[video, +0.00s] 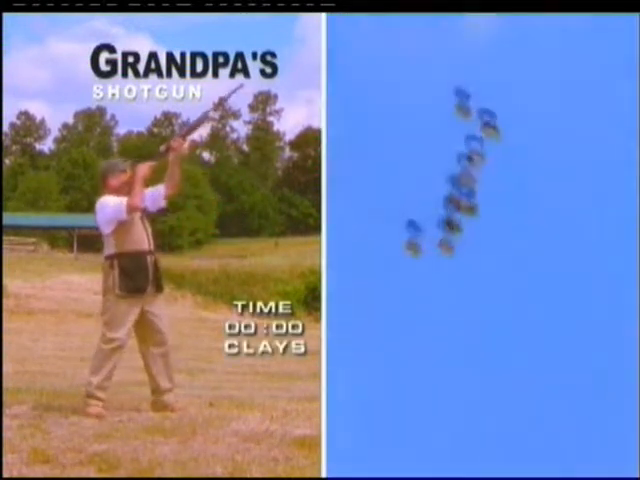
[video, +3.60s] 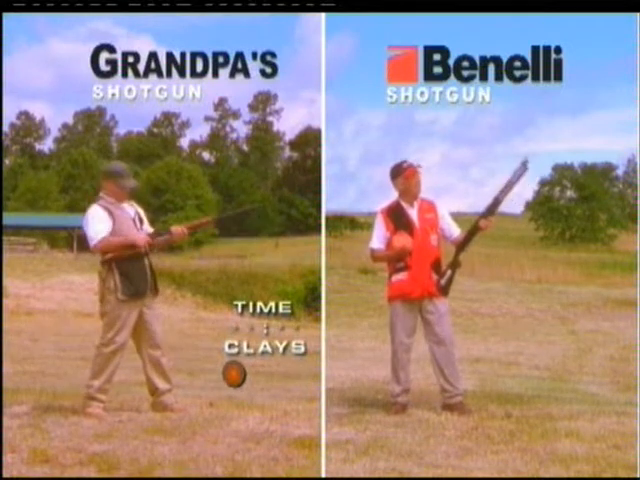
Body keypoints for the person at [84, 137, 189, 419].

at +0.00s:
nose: (129, 177)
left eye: (129, 173)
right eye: (122, 173)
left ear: (128, 178)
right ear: (109, 181)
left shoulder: (136, 198)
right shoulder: (105, 204)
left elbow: (169, 189)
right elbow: (134, 206)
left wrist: (175, 158)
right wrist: (140, 176)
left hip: (146, 268)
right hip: (120, 270)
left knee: (156, 338)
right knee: (113, 338)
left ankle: (163, 395)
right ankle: (95, 398)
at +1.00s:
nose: (165, 184)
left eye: (166, 180)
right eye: (161, 179)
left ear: (164, 183)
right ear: (146, 180)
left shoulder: (163, 202)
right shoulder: (133, 200)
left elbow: (197, 203)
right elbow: (161, 212)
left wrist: (210, 177)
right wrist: (174, 186)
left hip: (154, 269)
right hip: (129, 267)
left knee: (157, 339)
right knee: (114, 337)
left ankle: (162, 397)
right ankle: (95, 397)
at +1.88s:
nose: (178, 191)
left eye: (179, 186)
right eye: (175, 184)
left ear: (174, 188)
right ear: (159, 183)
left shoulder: (171, 211)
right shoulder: (140, 202)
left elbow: (197, 228)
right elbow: (158, 220)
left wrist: (226, 210)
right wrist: (185, 212)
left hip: (155, 275)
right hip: (130, 273)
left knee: (157, 342)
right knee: (115, 338)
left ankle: (161, 397)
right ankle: (96, 398)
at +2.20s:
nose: (174, 200)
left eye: (175, 195)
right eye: (172, 193)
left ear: (166, 191)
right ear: (157, 187)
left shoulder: (166, 217)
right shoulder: (131, 206)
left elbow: (177, 247)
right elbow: (134, 237)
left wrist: (204, 243)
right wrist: (166, 240)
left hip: (149, 275)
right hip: (124, 271)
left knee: (154, 342)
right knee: (112, 340)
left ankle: (162, 397)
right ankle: (95, 399)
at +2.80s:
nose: (137, 185)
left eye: (138, 180)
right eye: (132, 179)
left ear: (137, 183)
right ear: (116, 182)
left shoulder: (140, 210)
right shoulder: (109, 211)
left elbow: (147, 242)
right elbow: (128, 242)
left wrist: (172, 247)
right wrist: (162, 242)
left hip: (143, 281)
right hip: (118, 282)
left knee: (153, 344)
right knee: (113, 343)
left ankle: (162, 397)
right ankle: (94, 400)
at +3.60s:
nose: (127, 191)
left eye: (129, 187)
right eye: (123, 187)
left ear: (128, 186)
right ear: (108, 185)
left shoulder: (134, 209)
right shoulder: (96, 212)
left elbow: (146, 241)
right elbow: (99, 244)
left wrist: (170, 237)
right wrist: (132, 241)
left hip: (143, 279)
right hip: (117, 282)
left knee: (152, 344)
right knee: (112, 343)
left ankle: (162, 397)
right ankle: (95, 400)